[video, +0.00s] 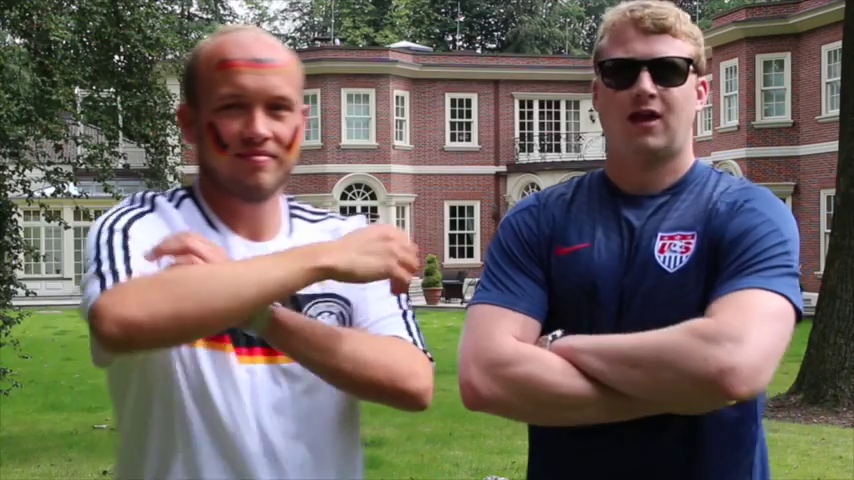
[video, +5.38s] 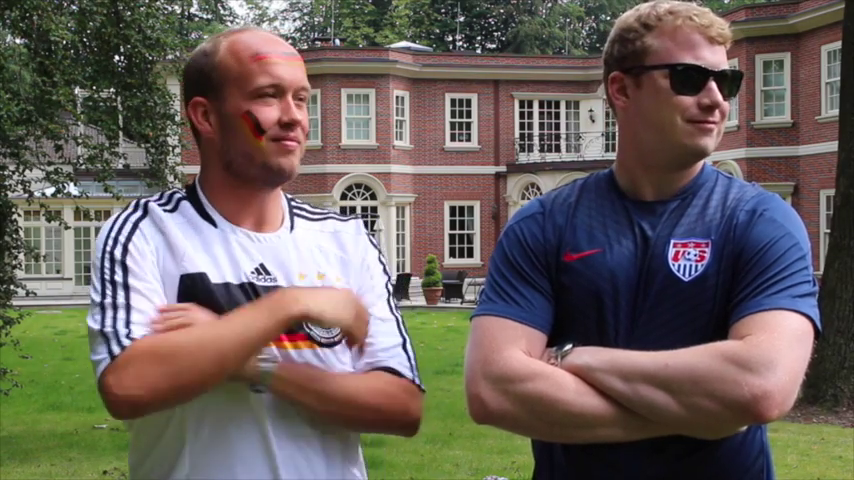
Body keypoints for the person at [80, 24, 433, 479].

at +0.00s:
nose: (258, 130)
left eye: (278, 108)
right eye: (232, 107)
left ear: (302, 125)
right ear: (189, 125)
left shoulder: (349, 240)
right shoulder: (135, 225)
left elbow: (415, 385)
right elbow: (116, 322)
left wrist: (251, 307)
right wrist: (326, 256)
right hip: (174, 471)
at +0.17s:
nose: (301, 122)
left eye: (323, 103)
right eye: (279, 100)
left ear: (349, 121)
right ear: (240, 116)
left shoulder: (400, 235)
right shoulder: (187, 207)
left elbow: (402, 371)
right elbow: (119, 284)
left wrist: (220, 294)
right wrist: (313, 282)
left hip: (361, 473)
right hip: (209, 472)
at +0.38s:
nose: (326, 123)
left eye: (348, 104)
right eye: (305, 100)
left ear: (375, 123)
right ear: (267, 115)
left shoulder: (421, 232)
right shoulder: (213, 207)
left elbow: (391, 372)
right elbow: (162, 298)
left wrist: (223, 308)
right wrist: (349, 326)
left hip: (379, 476)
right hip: (230, 472)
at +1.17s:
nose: (304, 122)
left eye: (327, 104)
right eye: (283, 100)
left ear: (351, 125)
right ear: (247, 116)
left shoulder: (399, 250)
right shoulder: (187, 219)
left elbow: (391, 417)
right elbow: (142, 360)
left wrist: (216, 360)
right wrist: (327, 360)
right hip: (211, 474)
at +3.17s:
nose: (293, 124)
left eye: (315, 105)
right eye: (271, 102)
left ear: (339, 123)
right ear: (233, 115)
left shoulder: (388, 247)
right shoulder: (175, 220)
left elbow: (385, 418)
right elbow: (139, 369)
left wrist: (210, 367)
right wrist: (321, 362)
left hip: (343, 475)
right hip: (203, 473)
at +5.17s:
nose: (301, 128)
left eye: (310, 108)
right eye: (275, 106)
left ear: (320, 115)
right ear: (212, 121)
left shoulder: (355, 239)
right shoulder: (147, 230)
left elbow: (387, 403)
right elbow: (144, 387)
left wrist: (213, 376)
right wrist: (314, 356)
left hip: (335, 476)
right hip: (196, 474)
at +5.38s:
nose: (294, 115)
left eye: (301, 98)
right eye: (269, 95)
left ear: (309, 109)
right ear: (204, 117)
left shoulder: (348, 240)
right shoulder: (140, 232)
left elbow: (403, 406)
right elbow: (125, 388)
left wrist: (248, 361)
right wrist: (289, 304)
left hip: (330, 474)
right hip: (191, 472)